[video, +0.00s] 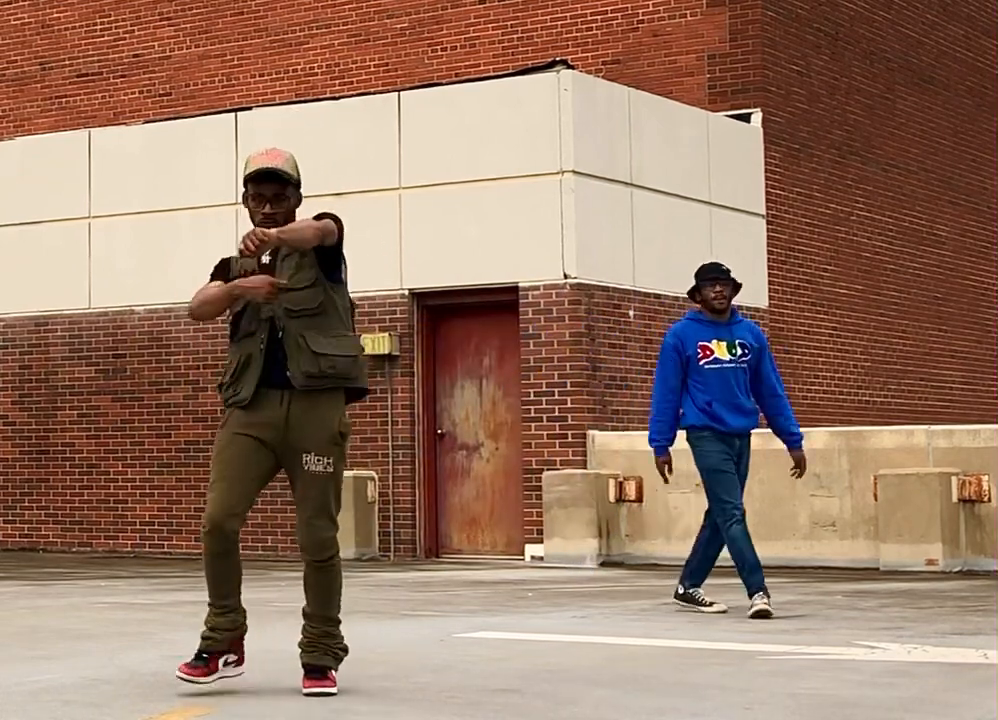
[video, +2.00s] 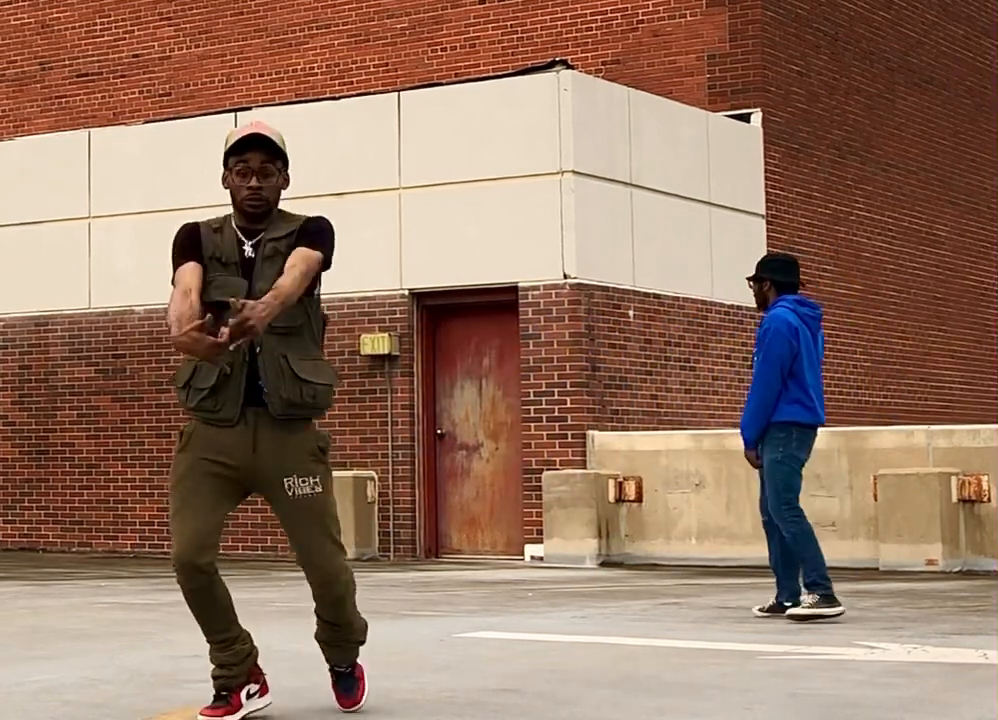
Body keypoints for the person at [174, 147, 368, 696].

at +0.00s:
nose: (267, 201)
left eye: (278, 193)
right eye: (258, 193)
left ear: (297, 198)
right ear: (244, 198)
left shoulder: (320, 235)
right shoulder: (236, 263)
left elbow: (325, 230)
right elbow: (198, 307)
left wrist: (273, 237)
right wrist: (240, 288)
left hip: (316, 407)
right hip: (250, 409)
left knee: (318, 540)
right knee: (217, 522)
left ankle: (320, 655)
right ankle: (223, 637)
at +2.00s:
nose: (253, 183)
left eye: (266, 174)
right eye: (242, 173)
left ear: (284, 180)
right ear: (225, 180)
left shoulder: (312, 230)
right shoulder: (195, 238)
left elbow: (294, 278)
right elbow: (185, 294)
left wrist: (263, 309)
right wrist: (185, 332)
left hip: (288, 431)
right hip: (210, 432)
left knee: (328, 572)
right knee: (190, 559)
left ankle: (343, 657)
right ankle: (238, 673)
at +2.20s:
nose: (254, 159)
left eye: (266, 148)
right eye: (242, 149)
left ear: (282, 153)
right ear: (224, 155)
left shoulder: (306, 217)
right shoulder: (199, 198)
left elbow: (314, 293)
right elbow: (151, 207)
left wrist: (316, 363)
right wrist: (167, 205)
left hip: (290, 408)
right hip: (209, 413)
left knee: (348, 515)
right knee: (197, 554)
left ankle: (295, 666)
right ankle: (231, 674)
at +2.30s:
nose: (255, 165)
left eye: (267, 154)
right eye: (242, 154)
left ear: (283, 160)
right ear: (224, 163)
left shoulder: (306, 227)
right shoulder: (198, 205)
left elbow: (313, 308)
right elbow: (162, 183)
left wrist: (315, 385)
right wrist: (147, 149)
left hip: (285, 417)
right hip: (204, 420)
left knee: (338, 534)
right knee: (198, 569)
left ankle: (284, 688)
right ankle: (231, 677)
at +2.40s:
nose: (249, 154)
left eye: (261, 144)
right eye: (236, 143)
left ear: (279, 152)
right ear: (217, 153)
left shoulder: (305, 218)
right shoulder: (194, 204)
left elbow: (311, 286)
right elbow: (159, 201)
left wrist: (311, 347)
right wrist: (140, 174)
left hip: (285, 412)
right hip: (203, 416)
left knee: (322, 541)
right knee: (196, 565)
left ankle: (281, 693)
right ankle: (227, 672)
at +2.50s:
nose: (234, 123)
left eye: (247, 113)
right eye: (222, 111)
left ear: (263, 123)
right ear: (202, 117)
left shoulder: (289, 170)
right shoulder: (173, 195)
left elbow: (298, 186)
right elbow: (136, 280)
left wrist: (282, 199)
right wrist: (160, 293)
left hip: (271, 387)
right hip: (189, 389)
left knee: (282, 542)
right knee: (168, 533)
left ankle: (280, 697)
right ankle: (215, 649)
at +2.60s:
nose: (216, 110)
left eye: (228, 102)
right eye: (204, 99)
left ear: (244, 114)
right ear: (183, 107)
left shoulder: (264, 167)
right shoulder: (156, 196)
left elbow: (279, 121)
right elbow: (153, 281)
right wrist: (144, 349)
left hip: (263, 380)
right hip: (183, 383)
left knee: (278, 538)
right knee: (149, 514)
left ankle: (281, 696)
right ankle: (197, 679)